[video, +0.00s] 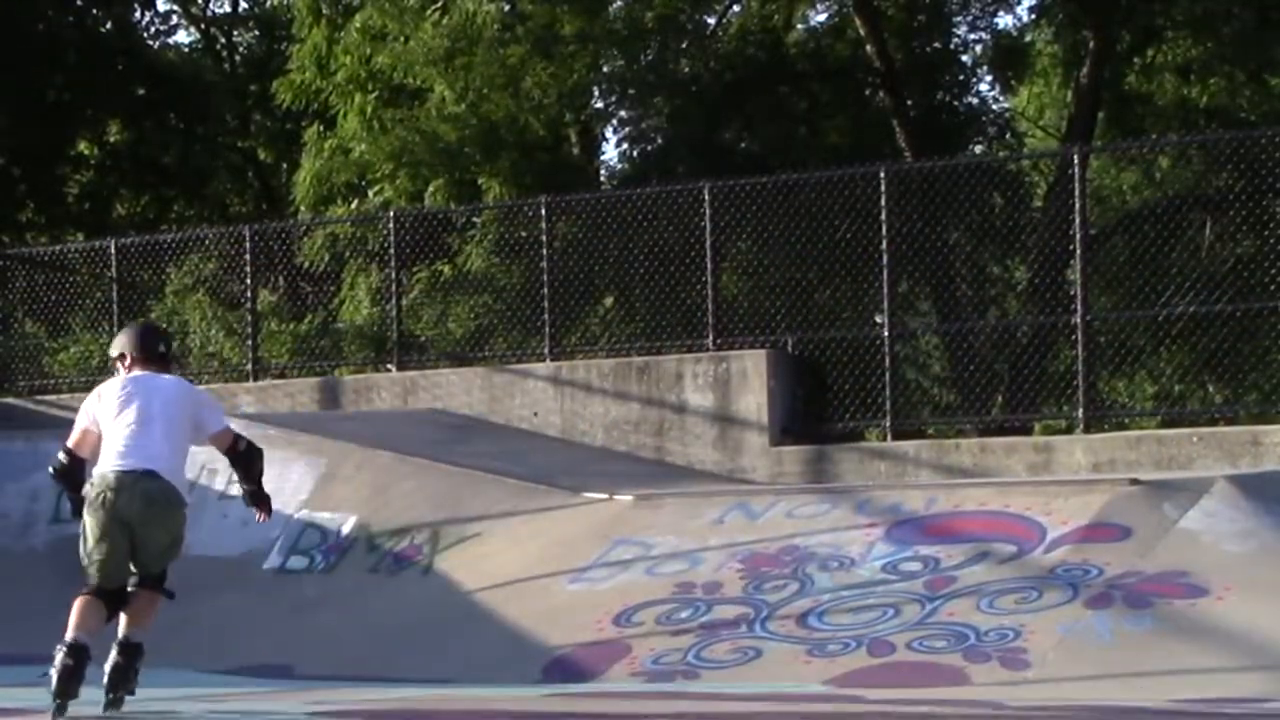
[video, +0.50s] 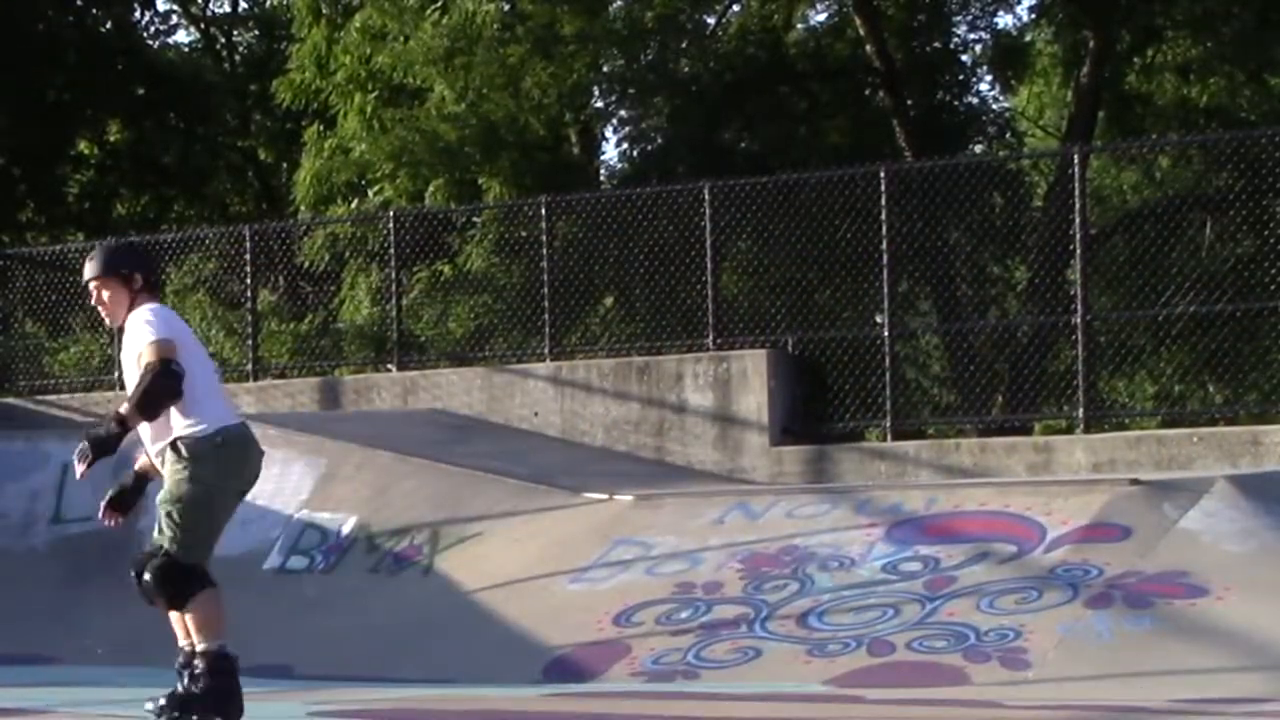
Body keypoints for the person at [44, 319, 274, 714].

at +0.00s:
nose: (115, 370)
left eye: (116, 364)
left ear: (124, 361)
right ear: (167, 360)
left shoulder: (106, 391)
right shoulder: (188, 393)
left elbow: (68, 463)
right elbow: (240, 450)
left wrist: (81, 501)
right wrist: (254, 489)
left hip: (107, 487)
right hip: (162, 491)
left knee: (101, 585)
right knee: (150, 580)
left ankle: (71, 653)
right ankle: (125, 655)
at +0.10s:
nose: (95, 360)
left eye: (97, 352)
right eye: (95, 352)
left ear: (112, 348)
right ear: (147, 348)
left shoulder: (95, 384)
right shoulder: (178, 385)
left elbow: (60, 460)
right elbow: (221, 456)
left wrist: (69, 498)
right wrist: (230, 505)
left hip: (104, 485)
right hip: (162, 490)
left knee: (92, 586)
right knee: (139, 580)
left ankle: (66, 656)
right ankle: (115, 656)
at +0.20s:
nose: (86, 353)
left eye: (89, 343)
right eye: (85, 343)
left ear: (110, 338)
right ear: (136, 339)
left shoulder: (92, 377)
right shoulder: (177, 383)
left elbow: (59, 454)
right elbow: (210, 462)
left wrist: (62, 493)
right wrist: (208, 520)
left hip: (113, 481)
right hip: (171, 487)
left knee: (95, 585)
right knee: (138, 579)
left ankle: (73, 664)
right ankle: (117, 657)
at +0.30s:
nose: (84, 342)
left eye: (87, 331)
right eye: (83, 333)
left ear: (112, 326)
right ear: (136, 327)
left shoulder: (100, 366)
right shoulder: (174, 368)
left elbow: (76, 438)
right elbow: (179, 431)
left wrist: (60, 486)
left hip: (133, 477)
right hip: (191, 476)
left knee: (109, 583)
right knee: (145, 576)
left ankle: (101, 681)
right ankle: (134, 666)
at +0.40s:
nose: (88, 325)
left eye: (93, 315)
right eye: (86, 317)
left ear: (121, 310)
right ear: (133, 314)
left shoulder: (116, 350)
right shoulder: (174, 352)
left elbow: (112, 421)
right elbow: (169, 435)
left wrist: (77, 469)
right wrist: (131, 508)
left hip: (164, 465)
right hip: (216, 463)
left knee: (132, 577)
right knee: (159, 574)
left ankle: (144, 687)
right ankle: (158, 679)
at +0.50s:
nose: (95, 299)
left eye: (101, 287)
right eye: (91, 291)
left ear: (133, 282)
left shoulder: (149, 317)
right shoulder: (137, 334)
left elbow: (164, 378)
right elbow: (167, 427)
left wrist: (108, 434)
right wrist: (135, 483)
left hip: (214, 450)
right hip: (194, 455)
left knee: (178, 568)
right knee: (160, 571)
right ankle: (197, 682)